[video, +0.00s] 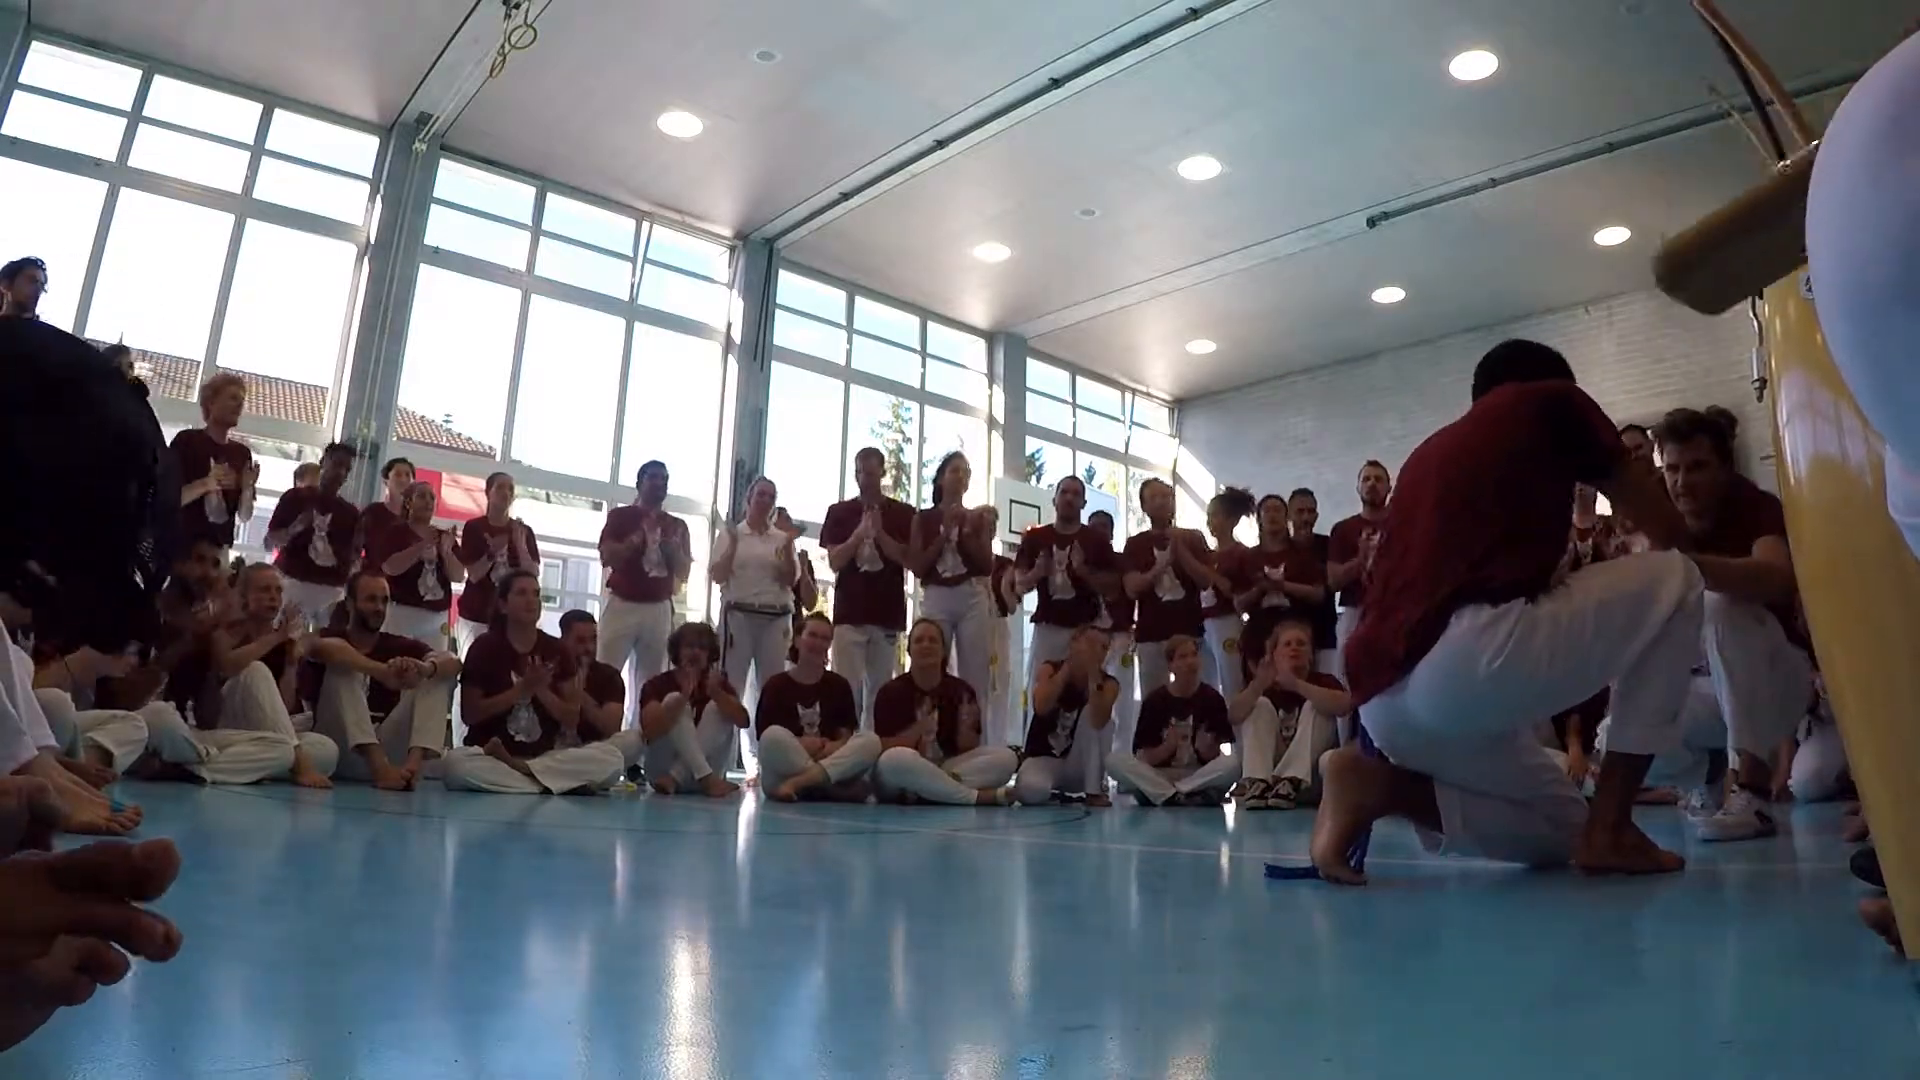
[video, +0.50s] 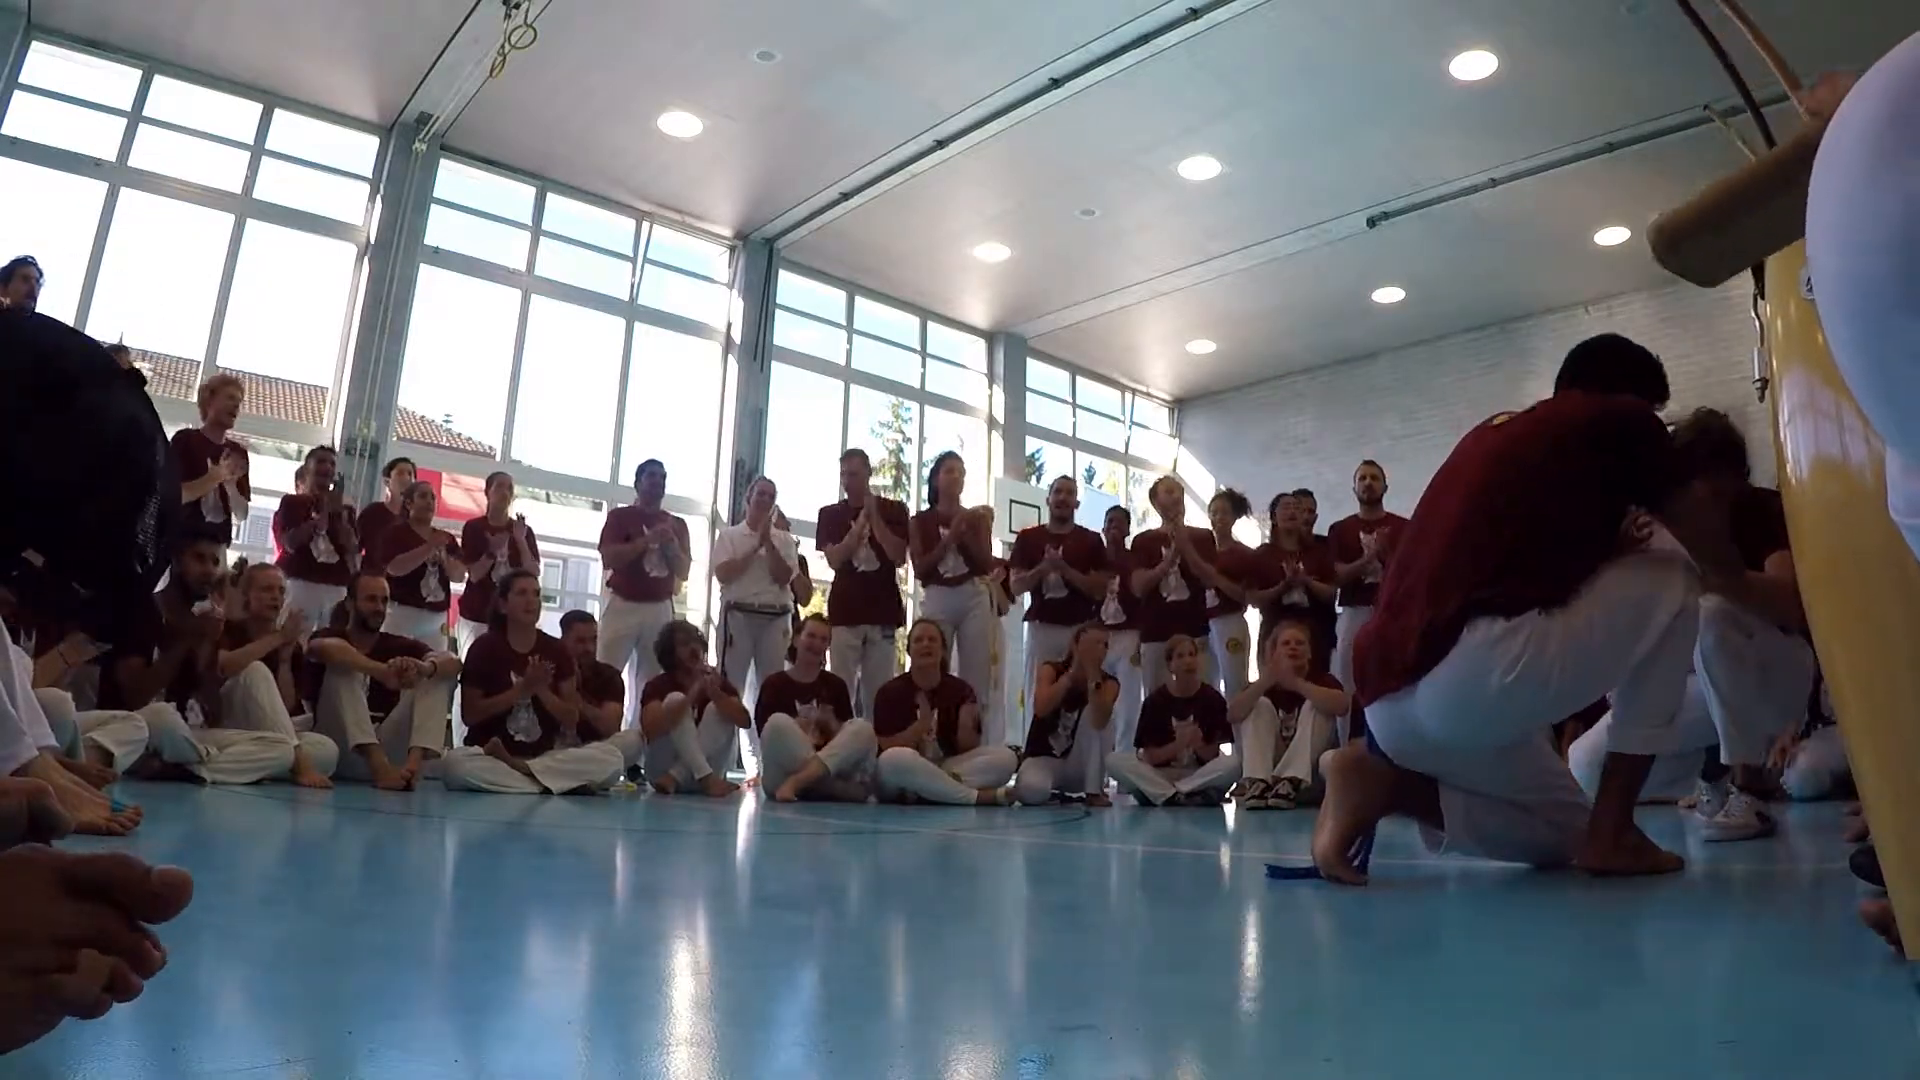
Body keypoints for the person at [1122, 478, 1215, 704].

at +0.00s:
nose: (1165, 501)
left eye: (1168, 496)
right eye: (1156, 497)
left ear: (1174, 501)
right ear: (1144, 507)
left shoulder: (1193, 538)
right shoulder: (1136, 543)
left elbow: (1206, 581)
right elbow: (1132, 588)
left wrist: (1181, 551)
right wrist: (1160, 566)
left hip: (1190, 632)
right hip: (1151, 635)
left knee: (1193, 703)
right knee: (1154, 706)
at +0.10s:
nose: (1168, 498)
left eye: (1170, 493)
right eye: (1159, 495)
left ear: (1176, 498)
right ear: (1147, 506)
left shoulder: (1196, 537)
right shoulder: (1138, 543)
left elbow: (1209, 581)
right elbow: (1134, 589)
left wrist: (1188, 548)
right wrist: (1160, 559)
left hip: (1193, 631)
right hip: (1153, 633)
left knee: (1202, 702)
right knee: (1156, 706)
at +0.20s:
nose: (1172, 497)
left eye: (1174, 492)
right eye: (1163, 493)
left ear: (1180, 498)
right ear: (1150, 505)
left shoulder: (1198, 536)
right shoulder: (1140, 542)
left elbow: (1210, 579)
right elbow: (1138, 588)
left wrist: (1194, 548)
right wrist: (1159, 553)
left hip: (1194, 630)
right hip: (1155, 633)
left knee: (1202, 702)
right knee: (1157, 706)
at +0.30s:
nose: (1175, 496)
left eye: (1177, 492)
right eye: (1167, 492)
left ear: (1182, 497)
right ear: (1153, 504)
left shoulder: (1202, 537)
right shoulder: (1142, 541)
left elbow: (1211, 579)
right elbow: (1139, 587)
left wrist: (1186, 546)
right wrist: (1166, 560)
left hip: (1196, 630)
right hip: (1156, 633)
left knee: (1202, 702)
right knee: (1157, 705)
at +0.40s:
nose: (1177, 496)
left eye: (1180, 492)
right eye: (1169, 492)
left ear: (1184, 498)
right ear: (1155, 503)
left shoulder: (1203, 537)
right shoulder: (1143, 541)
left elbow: (1211, 579)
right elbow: (1140, 587)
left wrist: (1187, 548)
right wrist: (1168, 557)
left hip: (1196, 630)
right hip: (1157, 633)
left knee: (1201, 703)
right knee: (1157, 706)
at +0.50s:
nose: (1176, 496)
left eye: (1178, 492)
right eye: (1168, 492)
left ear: (1184, 498)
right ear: (1155, 503)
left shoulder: (1204, 537)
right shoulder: (1144, 540)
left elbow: (1211, 580)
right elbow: (1138, 587)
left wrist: (1185, 545)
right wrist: (1166, 564)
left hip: (1197, 633)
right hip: (1155, 635)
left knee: (1202, 704)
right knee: (1157, 707)